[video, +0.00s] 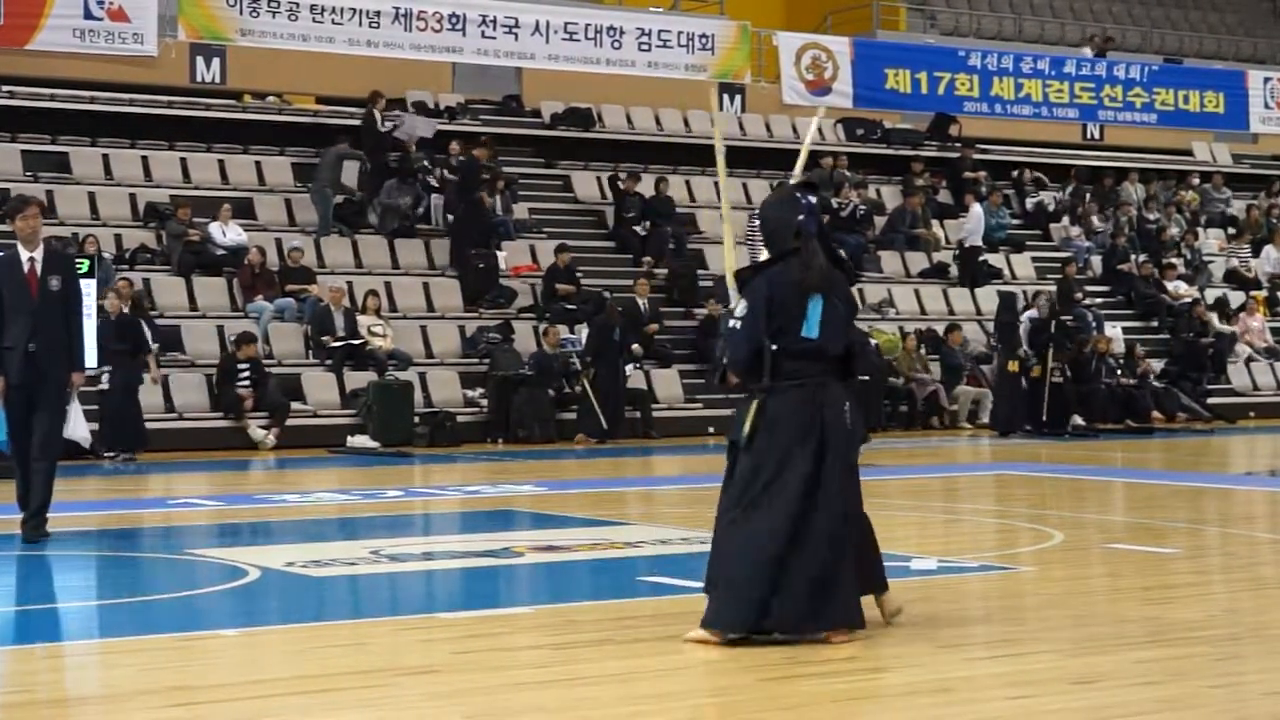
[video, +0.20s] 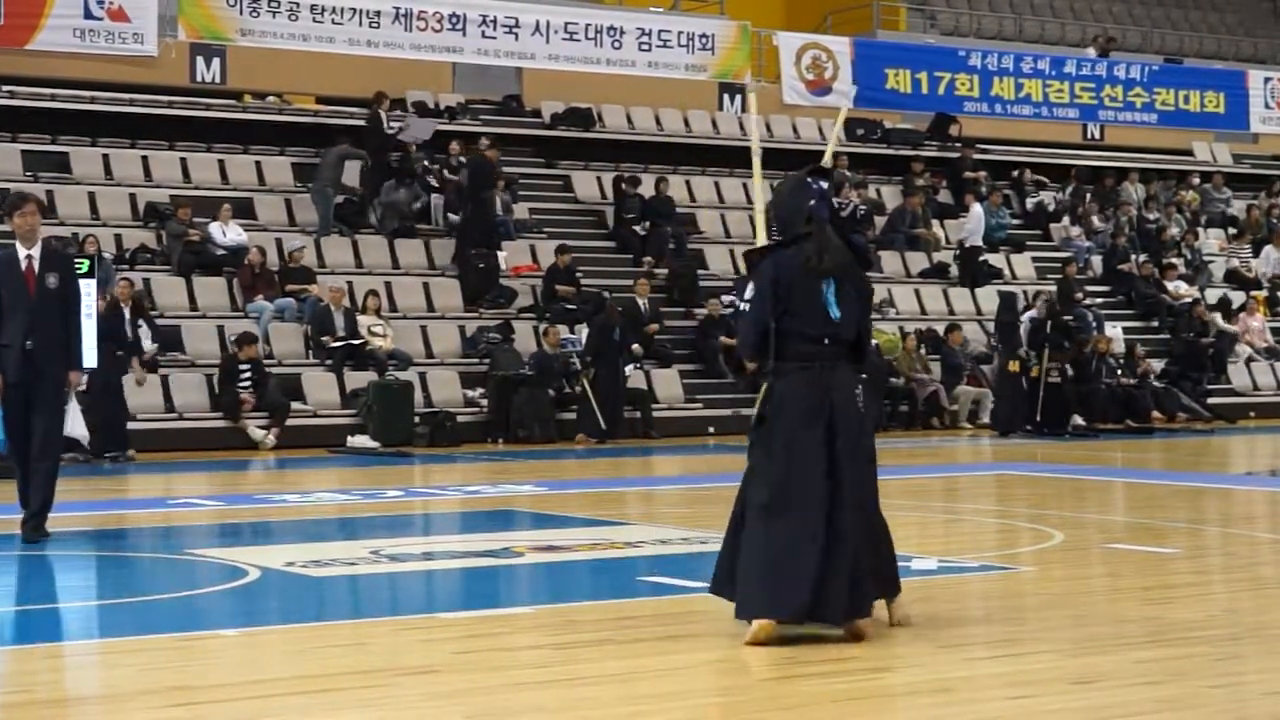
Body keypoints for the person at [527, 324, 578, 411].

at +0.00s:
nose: (557, 338)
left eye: (558, 334)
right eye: (554, 335)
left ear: (560, 335)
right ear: (545, 338)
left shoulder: (563, 356)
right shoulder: (536, 357)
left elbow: (568, 374)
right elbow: (533, 380)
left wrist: (574, 386)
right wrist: (545, 390)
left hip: (562, 392)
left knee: (585, 397)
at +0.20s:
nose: (558, 337)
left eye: (558, 334)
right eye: (554, 335)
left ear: (560, 335)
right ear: (545, 338)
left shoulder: (563, 356)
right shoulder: (536, 357)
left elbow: (569, 374)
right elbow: (534, 379)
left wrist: (574, 386)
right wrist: (545, 390)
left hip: (562, 392)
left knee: (584, 397)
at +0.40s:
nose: (558, 337)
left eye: (558, 334)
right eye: (554, 335)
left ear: (560, 335)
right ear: (546, 338)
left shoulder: (563, 356)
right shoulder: (536, 357)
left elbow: (569, 374)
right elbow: (533, 379)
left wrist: (575, 386)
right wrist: (546, 390)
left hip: (562, 392)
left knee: (583, 397)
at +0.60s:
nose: (558, 337)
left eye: (559, 334)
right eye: (554, 335)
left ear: (561, 335)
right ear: (546, 338)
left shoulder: (563, 355)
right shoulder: (537, 357)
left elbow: (571, 373)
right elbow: (533, 379)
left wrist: (575, 386)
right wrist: (546, 390)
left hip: (563, 392)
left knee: (584, 397)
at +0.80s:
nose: (557, 337)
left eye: (559, 334)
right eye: (553, 335)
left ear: (561, 336)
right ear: (546, 338)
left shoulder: (563, 355)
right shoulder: (537, 357)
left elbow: (571, 374)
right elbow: (534, 381)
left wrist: (574, 387)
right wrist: (548, 391)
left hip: (563, 393)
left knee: (584, 397)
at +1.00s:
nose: (556, 338)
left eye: (558, 335)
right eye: (552, 335)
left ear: (561, 337)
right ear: (546, 338)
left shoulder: (564, 355)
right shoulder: (537, 357)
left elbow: (572, 371)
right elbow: (537, 378)